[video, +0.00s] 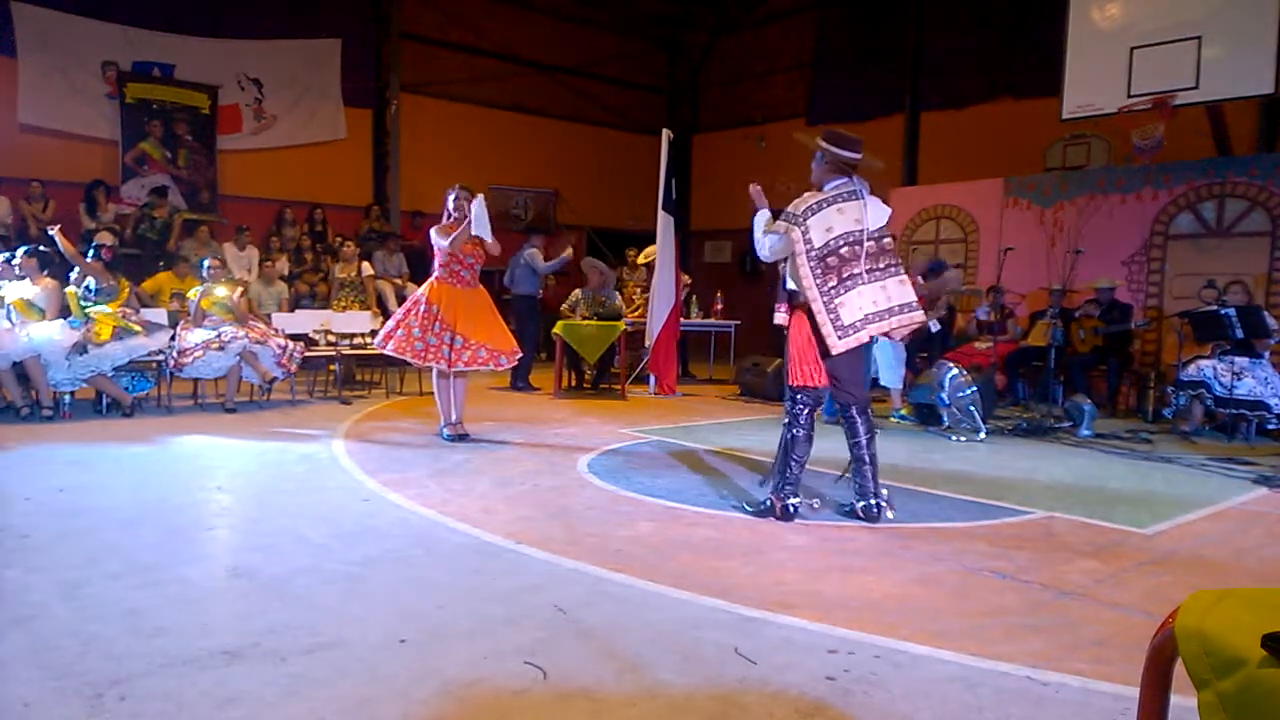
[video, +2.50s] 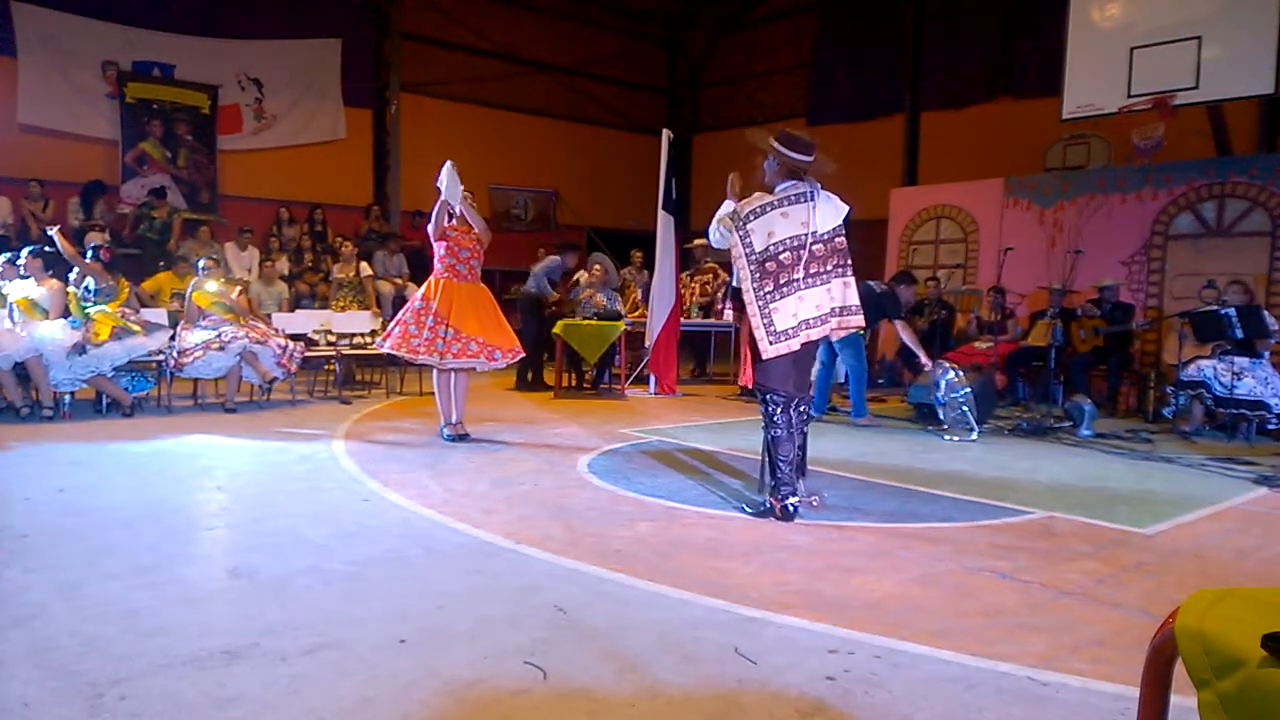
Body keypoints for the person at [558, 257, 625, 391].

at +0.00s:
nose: (590, 276)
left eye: (594, 273)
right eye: (591, 273)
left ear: (602, 277)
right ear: (588, 275)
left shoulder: (613, 295)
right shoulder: (579, 293)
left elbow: (619, 312)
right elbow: (563, 309)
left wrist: (598, 314)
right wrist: (575, 318)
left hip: (603, 333)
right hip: (581, 331)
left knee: (610, 349)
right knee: (569, 345)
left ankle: (597, 380)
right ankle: (578, 377)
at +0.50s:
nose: (587, 279)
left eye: (591, 276)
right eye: (587, 276)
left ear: (600, 279)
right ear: (587, 278)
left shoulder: (611, 296)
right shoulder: (579, 292)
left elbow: (619, 311)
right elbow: (559, 299)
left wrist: (598, 313)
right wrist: (573, 306)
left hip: (602, 331)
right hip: (580, 330)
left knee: (609, 348)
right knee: (571, 346)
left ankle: (597, 380)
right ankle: (579, 377)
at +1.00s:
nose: (583, 280)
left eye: (587, 276)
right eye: (581, 276)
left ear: (595, 279)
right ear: (578, 279)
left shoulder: (606, 294)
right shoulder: (576, 295)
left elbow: (617, 312)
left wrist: (601, 303)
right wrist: (562, 301)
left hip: (601, 331)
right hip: (580, 331)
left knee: (610, 349)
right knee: (571, 346)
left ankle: (597, 380)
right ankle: (579, 378)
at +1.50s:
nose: (580, 280)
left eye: (584, 277)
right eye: (580, 277)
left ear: (594, 280)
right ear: (579, 279)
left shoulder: (609, 294)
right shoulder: (576, 297)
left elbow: (620, 312)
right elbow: (560, 312)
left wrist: (601, 308)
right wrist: (560, 296)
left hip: (602, 332)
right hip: (580, 332)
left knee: (609, 348)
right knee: (570, 344)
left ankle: (597, 381)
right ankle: (579, 378)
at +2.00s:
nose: (590, 280)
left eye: (593, 276)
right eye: (589, 276)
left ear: (603, 279)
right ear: (587, 278)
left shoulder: (612, 297)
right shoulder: (579, 295)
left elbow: (621, 314)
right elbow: (563, 309)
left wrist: (601, 314)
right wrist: (574, 305)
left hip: (603, 332)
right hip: (581, 331)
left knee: (610, 349)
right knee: (571, 345)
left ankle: (597, 381)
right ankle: (579, 379)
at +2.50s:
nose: (593, 272)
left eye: (598, 270)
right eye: (592, 269)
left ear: (605, 275)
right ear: (588, 273)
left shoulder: (613, 295)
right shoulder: (579, 291)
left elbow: (620, 314)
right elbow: (568, 306)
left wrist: (602, 307)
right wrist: (581, 298)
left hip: (603, 329)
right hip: (582, 327)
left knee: (609, 348)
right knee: (570, 346)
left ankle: (597, 380)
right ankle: (579, 378)